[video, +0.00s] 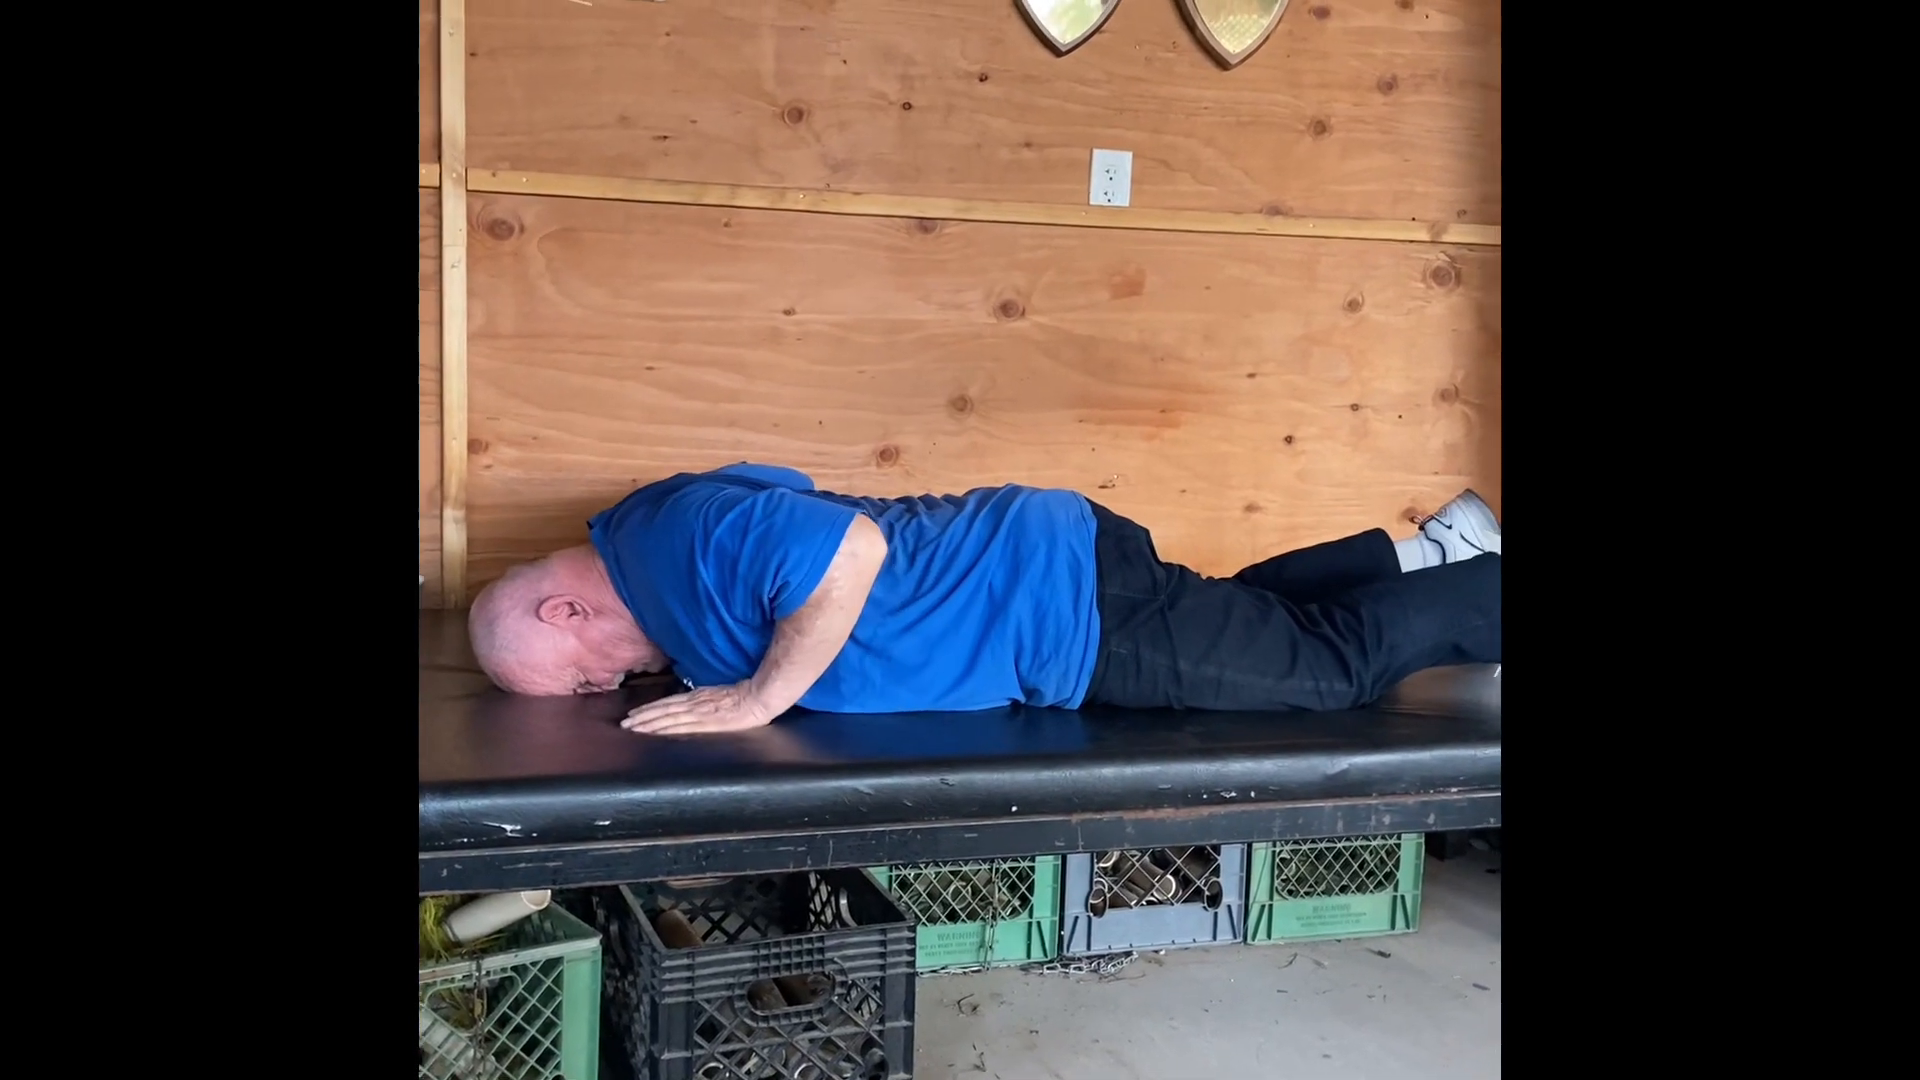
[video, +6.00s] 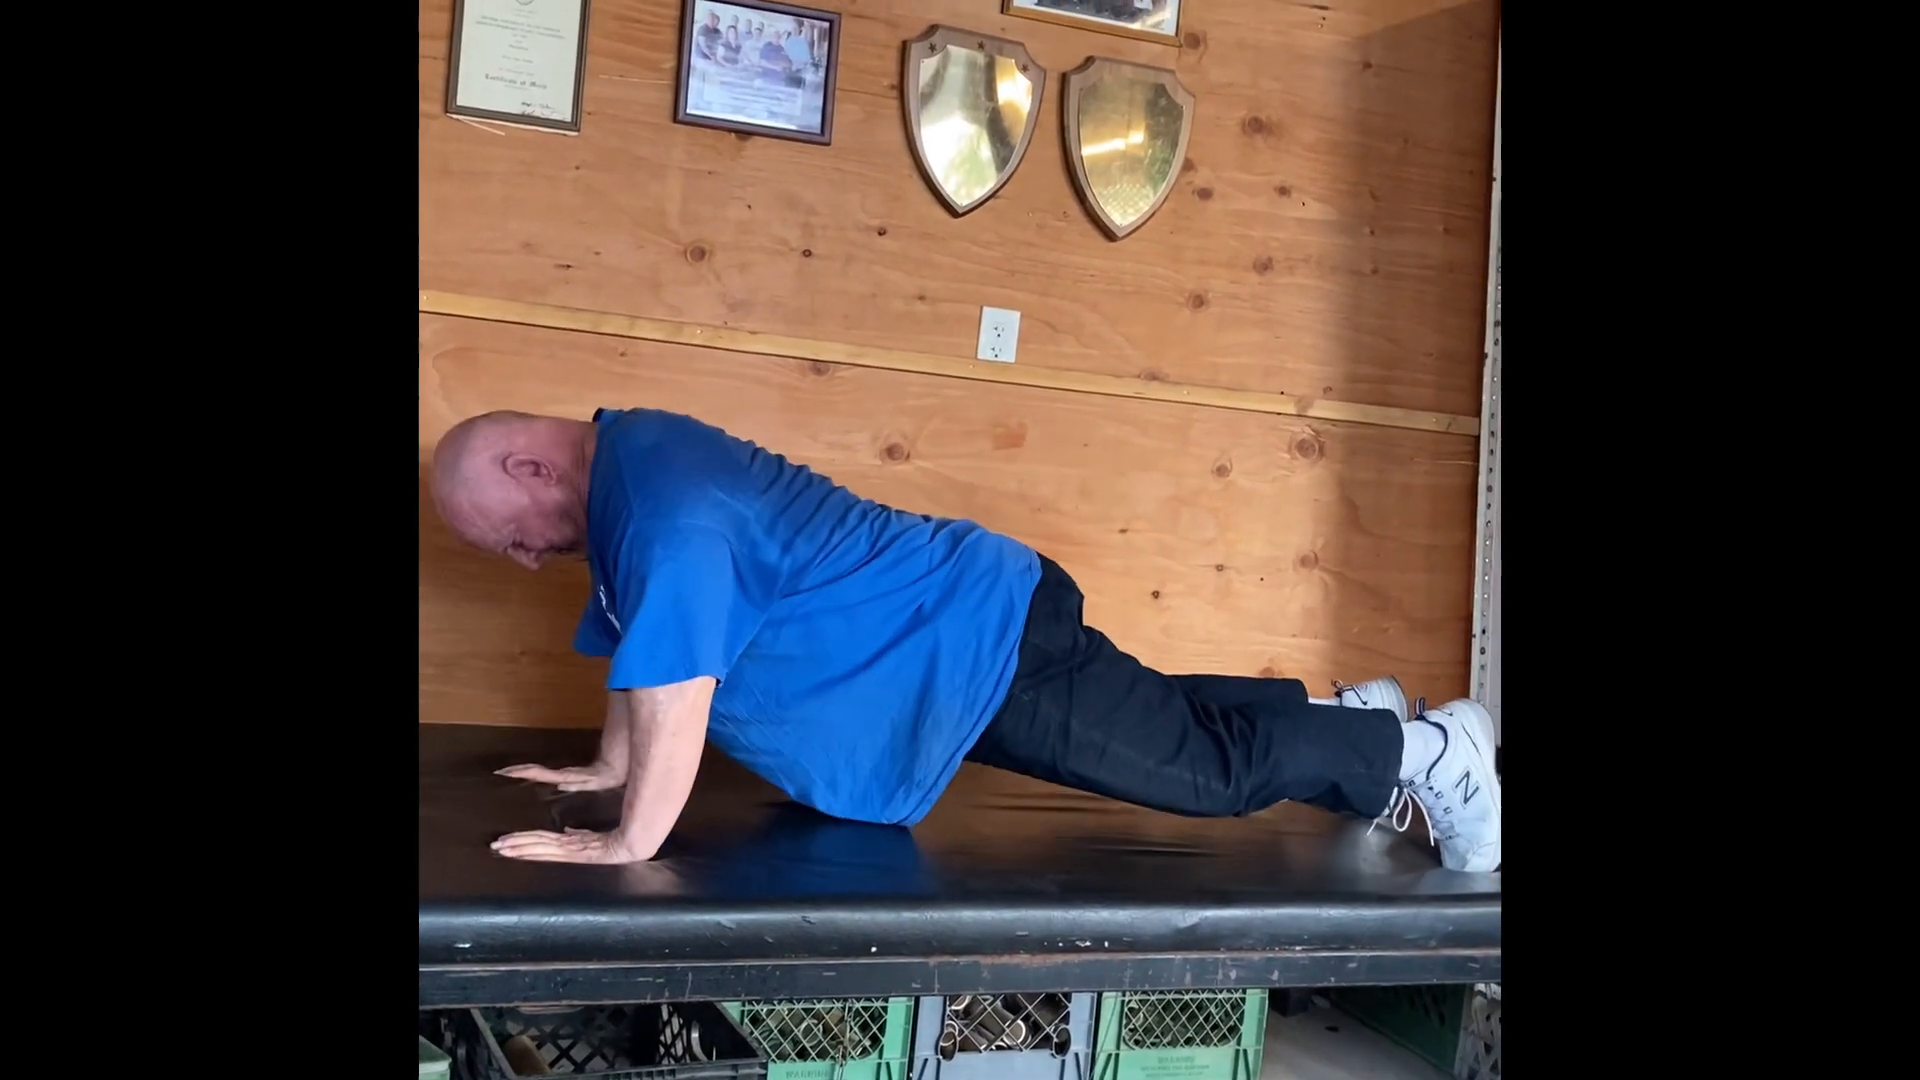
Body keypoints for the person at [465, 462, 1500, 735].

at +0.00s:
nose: (599, 680)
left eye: (571, 669)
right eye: (574, 678)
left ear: (560, 609)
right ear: (565, 611)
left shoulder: (685, 535)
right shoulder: (661, 579)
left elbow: (853, 553)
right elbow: (828, 574)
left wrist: (756, 695)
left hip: (1065, 600)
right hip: (1043, 621)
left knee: (1332, 664)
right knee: (1255, 631)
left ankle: (1485, 589)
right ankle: (1432, 552)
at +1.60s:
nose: (609, 537)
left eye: (586, 522)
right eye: (583, 530)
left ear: (587, 463)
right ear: (585, 443)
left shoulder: (717, 449)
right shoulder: (682, 429)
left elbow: (808, 614)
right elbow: (759, 585)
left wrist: (763, 767)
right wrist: (733, 702)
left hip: (1076, 575)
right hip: (1051, 569)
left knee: (1318, 680)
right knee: (1283, 644)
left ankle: (1488, 648)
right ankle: (1447, 602)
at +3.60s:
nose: (564, 603)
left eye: (542, 598)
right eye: (543, 600)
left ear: (547, 543)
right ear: (539, 511)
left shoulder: (673, 519)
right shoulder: (627, 474)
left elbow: (779, 639)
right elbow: (751, 595)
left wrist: (710, 771)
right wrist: (688, 671)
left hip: (1041, 623)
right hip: (1015, 598)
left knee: (1271, 725)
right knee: (1211, 662)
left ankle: (1457, 665)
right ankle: (1414, 621)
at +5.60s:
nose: (483, 673)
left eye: (462, 657)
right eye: (467, 668)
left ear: (471, 596)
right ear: (476, 597)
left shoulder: (607, 574)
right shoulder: (561, 568)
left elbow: (700, 715)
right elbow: (692, 687)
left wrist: (637, 843)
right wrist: (612, 760)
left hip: (958, 695)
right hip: (926, 730)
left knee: (1193, 793)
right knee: (1152, 756)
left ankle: (1408, 747)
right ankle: (1343, 709)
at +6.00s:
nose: (520, 550)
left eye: (508, 533)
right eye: (504, 538)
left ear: (531, 478)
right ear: (531, 454)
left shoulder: (663, 507)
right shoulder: (631, 476)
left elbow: (680, 704)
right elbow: (654, 665)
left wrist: (637, 846)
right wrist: (617, 782)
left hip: (987, 641)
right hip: (964, 632)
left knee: (1201, 762)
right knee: (1169, 726)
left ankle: (1433, 757)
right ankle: (1363, 730)